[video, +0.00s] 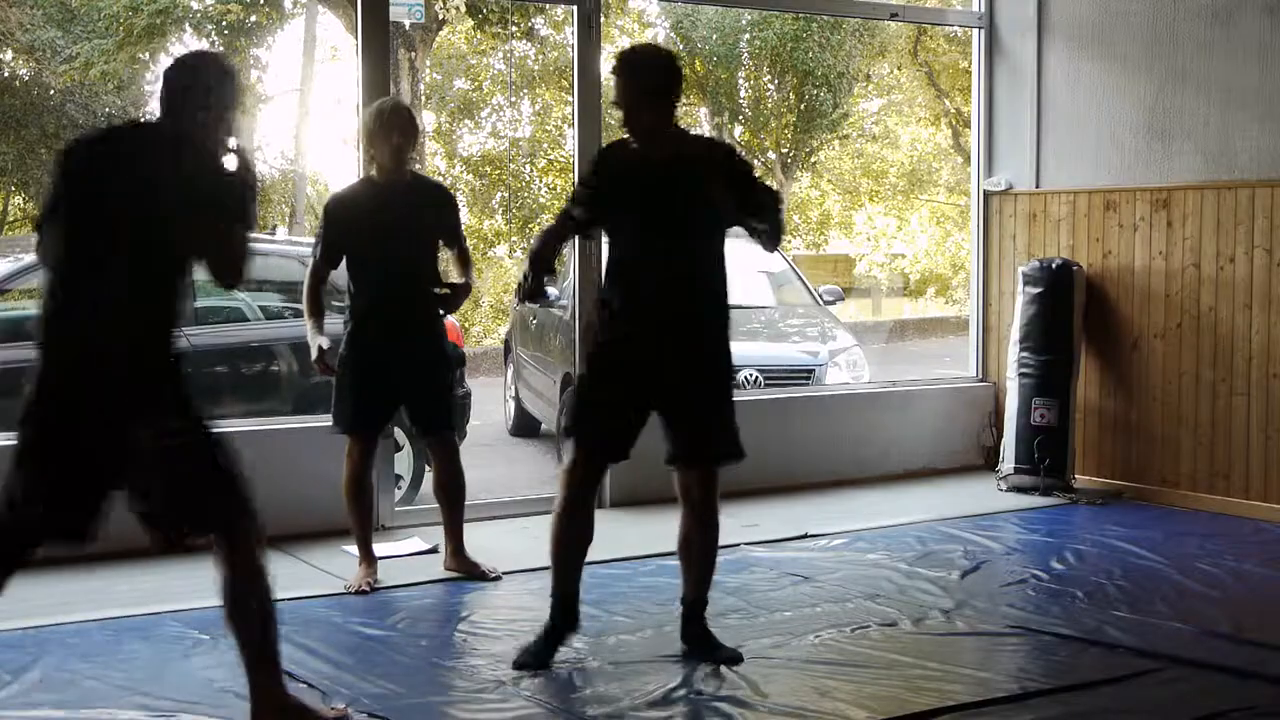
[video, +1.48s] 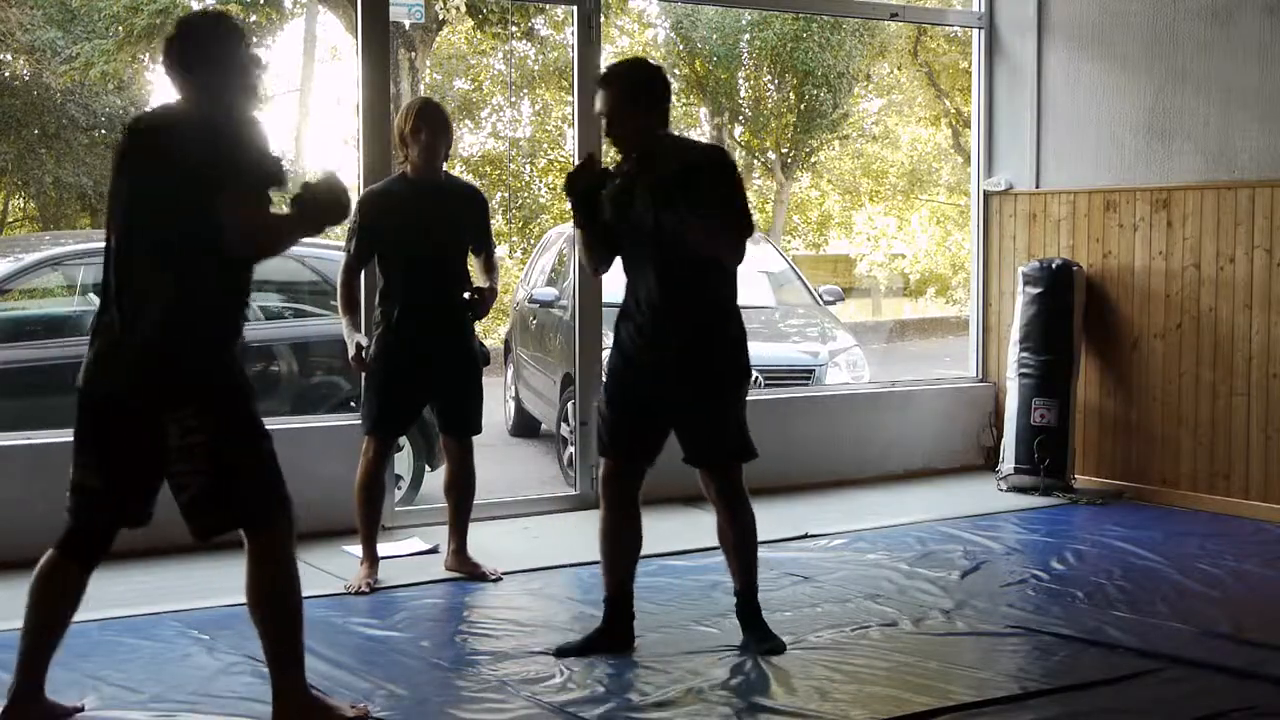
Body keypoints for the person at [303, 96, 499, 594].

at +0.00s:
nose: (402, 144)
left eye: (408, 135)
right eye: (392, 134)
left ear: (417, 138)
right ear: (372, 140)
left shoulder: (436, 196)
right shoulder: (344, 205)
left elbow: (461, 257)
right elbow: (316, 278)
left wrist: (463, 287)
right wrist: (315, 336)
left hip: (424, 337)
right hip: (369, 340)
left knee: (444, 446)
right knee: (360, 449)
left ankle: (455, 552)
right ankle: (365, 561)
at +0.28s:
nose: (419, 140)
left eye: (424, 131)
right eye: (409, 131)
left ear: (431, 136)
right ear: (387, 137)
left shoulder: (451, 196)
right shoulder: (364, 199)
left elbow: (477, 255)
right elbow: (335, 274)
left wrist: (479, 288)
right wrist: (336, 335)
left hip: (439, 336)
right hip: (382, 339)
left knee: (452, 446)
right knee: (370, 450)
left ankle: (456, 552)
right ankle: (367, 561)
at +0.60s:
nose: (429, 140)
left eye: (434, 131)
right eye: (420, 131)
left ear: (443, 136)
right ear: (399, 137)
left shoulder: (462, 197)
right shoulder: (370, 201)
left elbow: (484, 254)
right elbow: (343, 274)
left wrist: (489, 288)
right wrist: (346, 333)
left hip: (448, 335)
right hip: (389, 338)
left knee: (456, 445)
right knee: (375, 446)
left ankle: (457, 552)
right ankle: (367, 560)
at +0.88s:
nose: (433, 140)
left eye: (439, 131)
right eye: (424, 132)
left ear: (448, 137)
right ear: (404, 137)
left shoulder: (467, 198)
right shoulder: (375, 200)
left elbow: (488, 257)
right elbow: (349, 272)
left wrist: (491, 290)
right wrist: (350, 331)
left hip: (451, 334)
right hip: (393, 337)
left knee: (458, 445)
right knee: (376, 447)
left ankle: (457, 552)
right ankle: (367, 561)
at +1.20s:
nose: (427, 140)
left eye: (435, 130)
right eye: (418, 132)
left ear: (448, 137)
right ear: (403, 138)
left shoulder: (468, 198)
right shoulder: (380, 197)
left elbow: (487, 257)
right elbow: (350, 271)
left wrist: (490, 290)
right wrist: (351, 332)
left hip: (452, 336)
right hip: (395, 338)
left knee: (459, 446)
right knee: (377, 447)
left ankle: (457, 552)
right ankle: (367, 561)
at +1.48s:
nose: (428, 140)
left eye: (435, 130)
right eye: (419, 131)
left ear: (448, 137)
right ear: (404, 138)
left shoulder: (468, 198)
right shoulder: (377, 200)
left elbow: (486, 258)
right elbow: (350, 274)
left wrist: (489, 291)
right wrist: (352, 333)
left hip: (453, 336)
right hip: (394, 338)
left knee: (459, 446)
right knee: (377, 448)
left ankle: (457, 552)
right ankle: (368, 561)